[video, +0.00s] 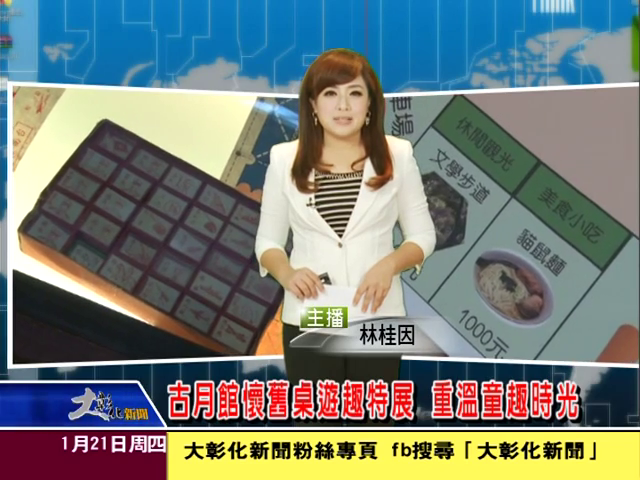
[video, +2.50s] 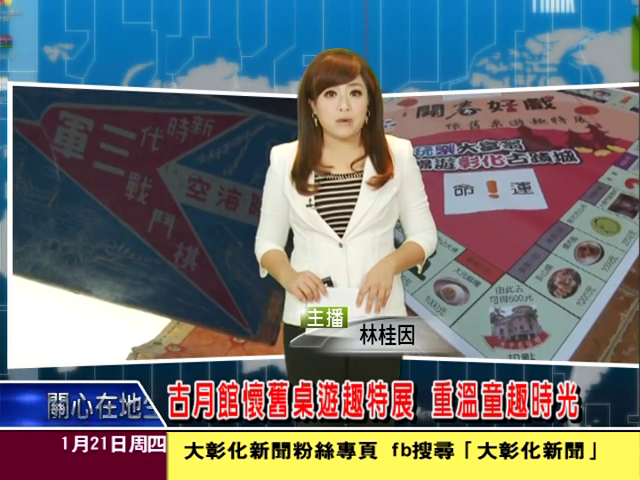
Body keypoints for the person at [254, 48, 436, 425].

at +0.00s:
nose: (343, 105)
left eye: (355, 94)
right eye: (330, 94)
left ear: (370, 103)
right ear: (312, 104)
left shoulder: (395, 155)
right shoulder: (286, 159)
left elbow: (423, 237)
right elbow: (268, 242)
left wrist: (388, 265)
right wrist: (289, 274)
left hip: (377, 325)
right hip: (308, 323)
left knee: (375, 441)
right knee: (314, 440)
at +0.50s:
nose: (350, 106)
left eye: (359, 94)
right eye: (335, 95)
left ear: (370, 102)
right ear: (312, 106)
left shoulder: (394, 155)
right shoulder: (284, 160)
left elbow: (422, 236)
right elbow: (267, 243)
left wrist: (387, 265)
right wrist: (288, 274)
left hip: (377, 325)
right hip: (307, 324)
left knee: (377, 440)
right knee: (314, 440)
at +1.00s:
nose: (347, 102)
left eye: (358, 91)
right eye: (334, 91)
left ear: (370, 102)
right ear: (313, 103)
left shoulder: (395, 155)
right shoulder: (286, 159)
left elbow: (423, 236)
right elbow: (267, 242)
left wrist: (389, 265)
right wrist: (290, 274)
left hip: (377, 325)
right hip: (308, 324)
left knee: (375, 441)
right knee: (314, 440)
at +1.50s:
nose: (345, 104)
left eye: (356, 92)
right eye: (332, 93)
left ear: (370, 101)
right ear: (313, 104)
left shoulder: (396, 155)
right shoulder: (287, 159)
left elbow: (424, 237)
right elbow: (268, 242)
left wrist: (389, 265)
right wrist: (290, 274)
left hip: (378, 324)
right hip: (308, 323)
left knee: (375, 440)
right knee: (313, 439)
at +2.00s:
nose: (343, 104)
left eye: (354, 92)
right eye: (330, 94)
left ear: (369, 101)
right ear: (311, 105)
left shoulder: (395, 155)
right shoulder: (286, 160)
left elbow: (424, 236)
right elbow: (265, 242)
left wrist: (389, 264)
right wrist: (289, 276)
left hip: (377, 325)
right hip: (308, 324)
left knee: (376, 441)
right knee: (313, 440)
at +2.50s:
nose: (344, 105)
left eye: (355, 93)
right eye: (331, 95)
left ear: (370, 102)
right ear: (311, 105)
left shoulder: (395, 155)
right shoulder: (286, 160)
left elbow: (424, 236)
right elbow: (267, 242)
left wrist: (390, 264)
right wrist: (291, 276)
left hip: (378, 325)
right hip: (308, 323)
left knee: (376, 439)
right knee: (313, 438)